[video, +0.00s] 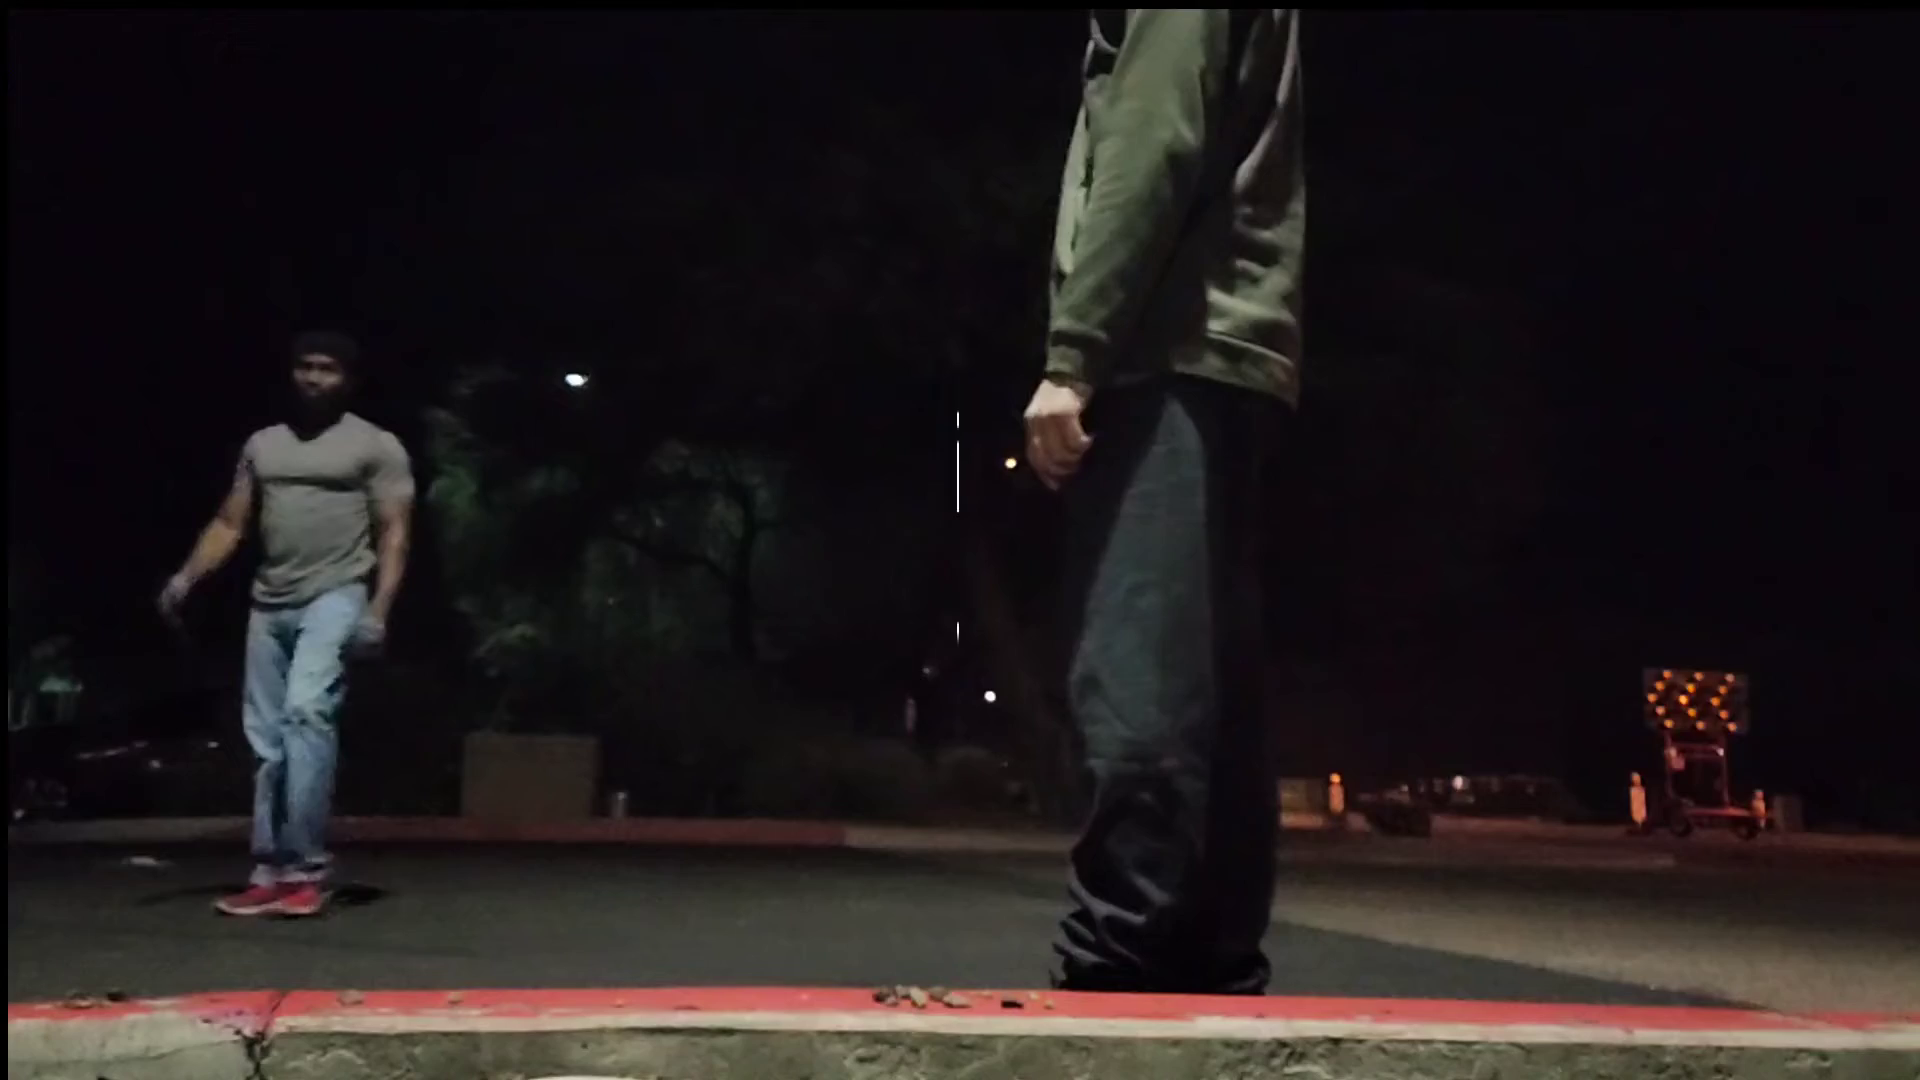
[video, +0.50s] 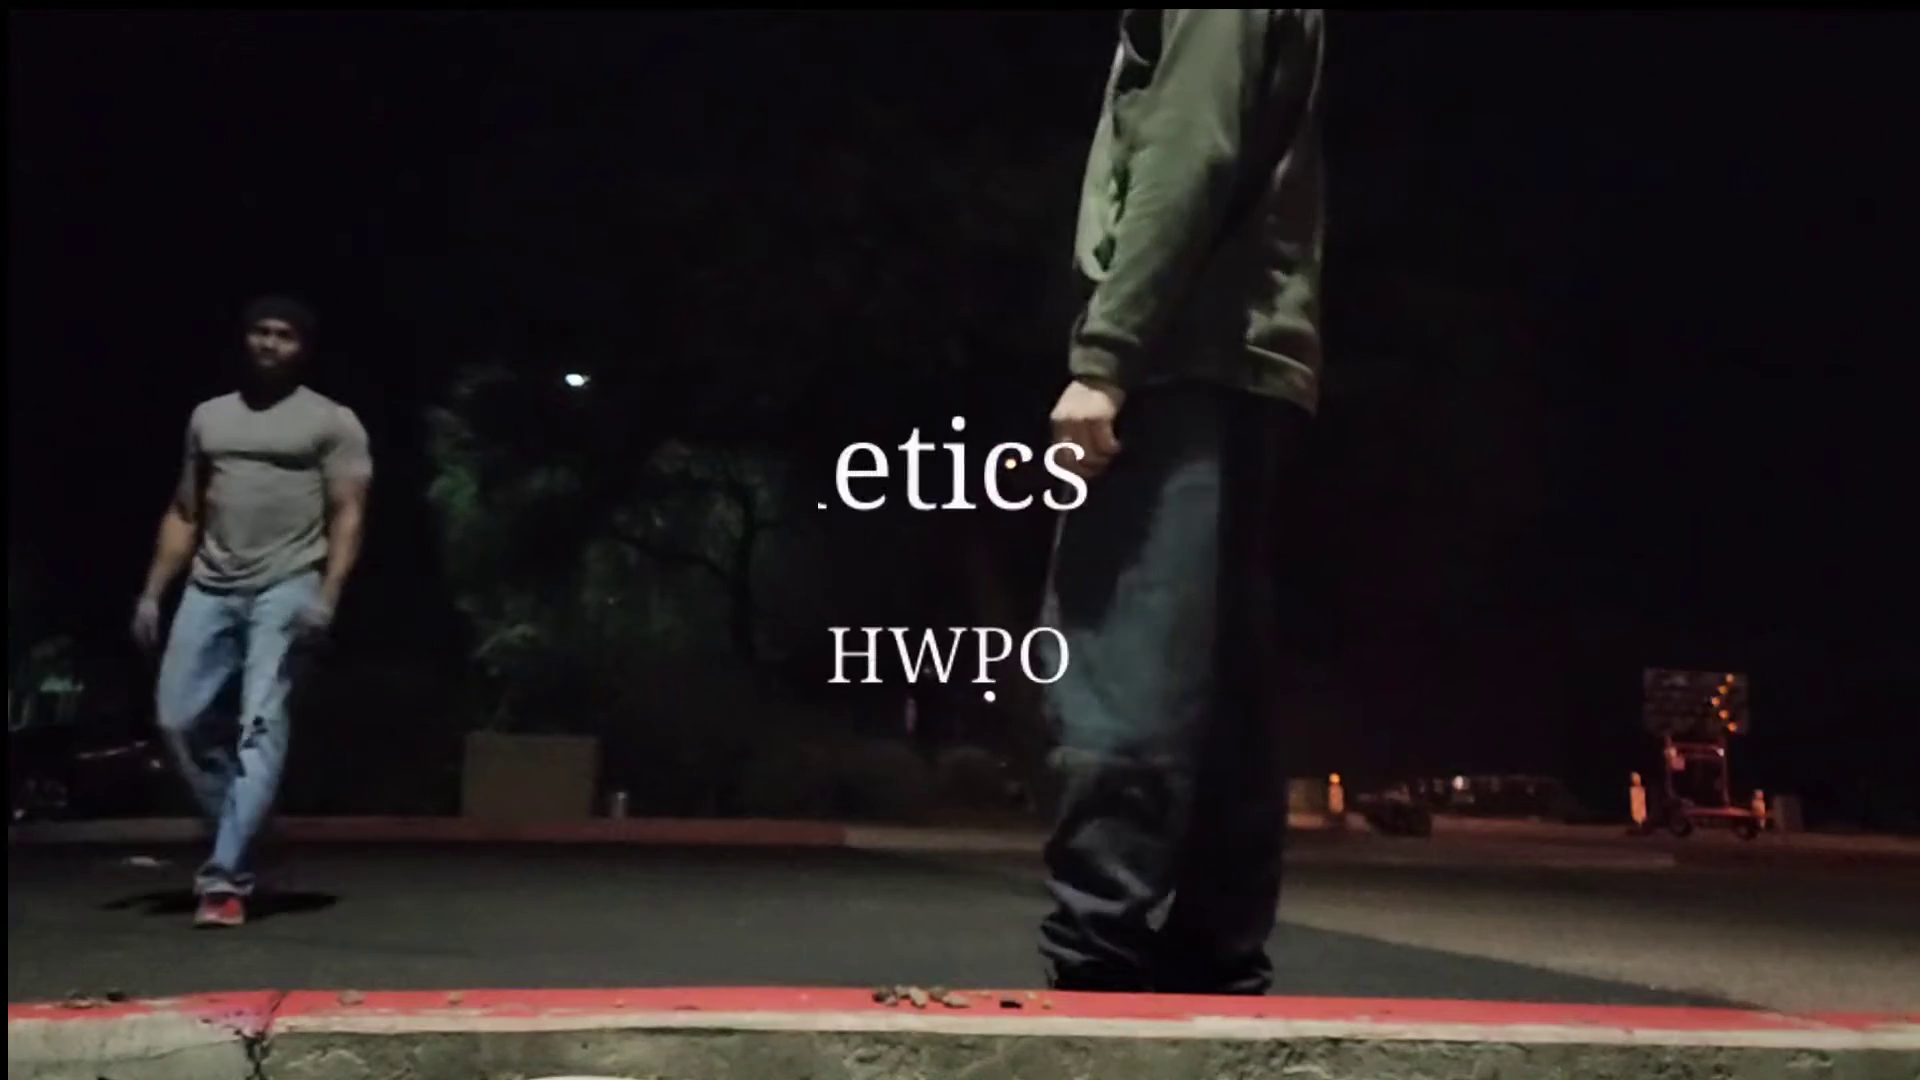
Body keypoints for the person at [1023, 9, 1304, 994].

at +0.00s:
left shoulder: (1189, 19)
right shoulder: (1245, 33)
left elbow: (1152, 146)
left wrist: (1069, 362)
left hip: (1176, 346)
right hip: (1223, 350)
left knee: (1136, 653)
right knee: (1202, 659)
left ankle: (1124, 955)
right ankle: (1210, 955)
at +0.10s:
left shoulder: (1194, 19)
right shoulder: (1250, 34)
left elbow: (1159, 146)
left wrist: (1074, 361)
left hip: (1180, 347)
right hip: (1227, 350)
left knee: (1138, 652)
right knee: (1206, 658)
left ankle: (1124, 955)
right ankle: (1210, 954)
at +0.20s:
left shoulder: (1201, 20)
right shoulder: (1254, 33)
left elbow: (1165, 145)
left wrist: (1080, 360)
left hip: (1186, 350)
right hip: (1229, 352)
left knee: (1141, 654)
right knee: (1208, 660)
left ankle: (1121, 955)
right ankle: (1212, 954)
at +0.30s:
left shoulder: (1209, 20)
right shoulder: (1258, 33)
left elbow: (1172, 145)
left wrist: (1087, 360)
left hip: (1189, 350)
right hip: (1232, 352)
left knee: (1143, 652)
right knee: (1211, 659)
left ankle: (1118, 953)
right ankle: (1213, 952)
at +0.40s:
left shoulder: (1217, 20)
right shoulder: (1265, 32)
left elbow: (1181, 147)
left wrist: (1095, 361)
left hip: (1188, 355)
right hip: (1233, 355)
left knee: (1141, 652)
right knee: (1215, 660)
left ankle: (1117, 947)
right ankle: (1212, 947)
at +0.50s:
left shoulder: (1230, 19)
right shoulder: (1266, 31)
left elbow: (1194, 155)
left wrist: (1101, 363)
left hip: (1187, 351)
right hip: (1236, 352)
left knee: (1129, 641)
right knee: (1218, 654)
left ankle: (1106, 946)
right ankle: (1215, 948)